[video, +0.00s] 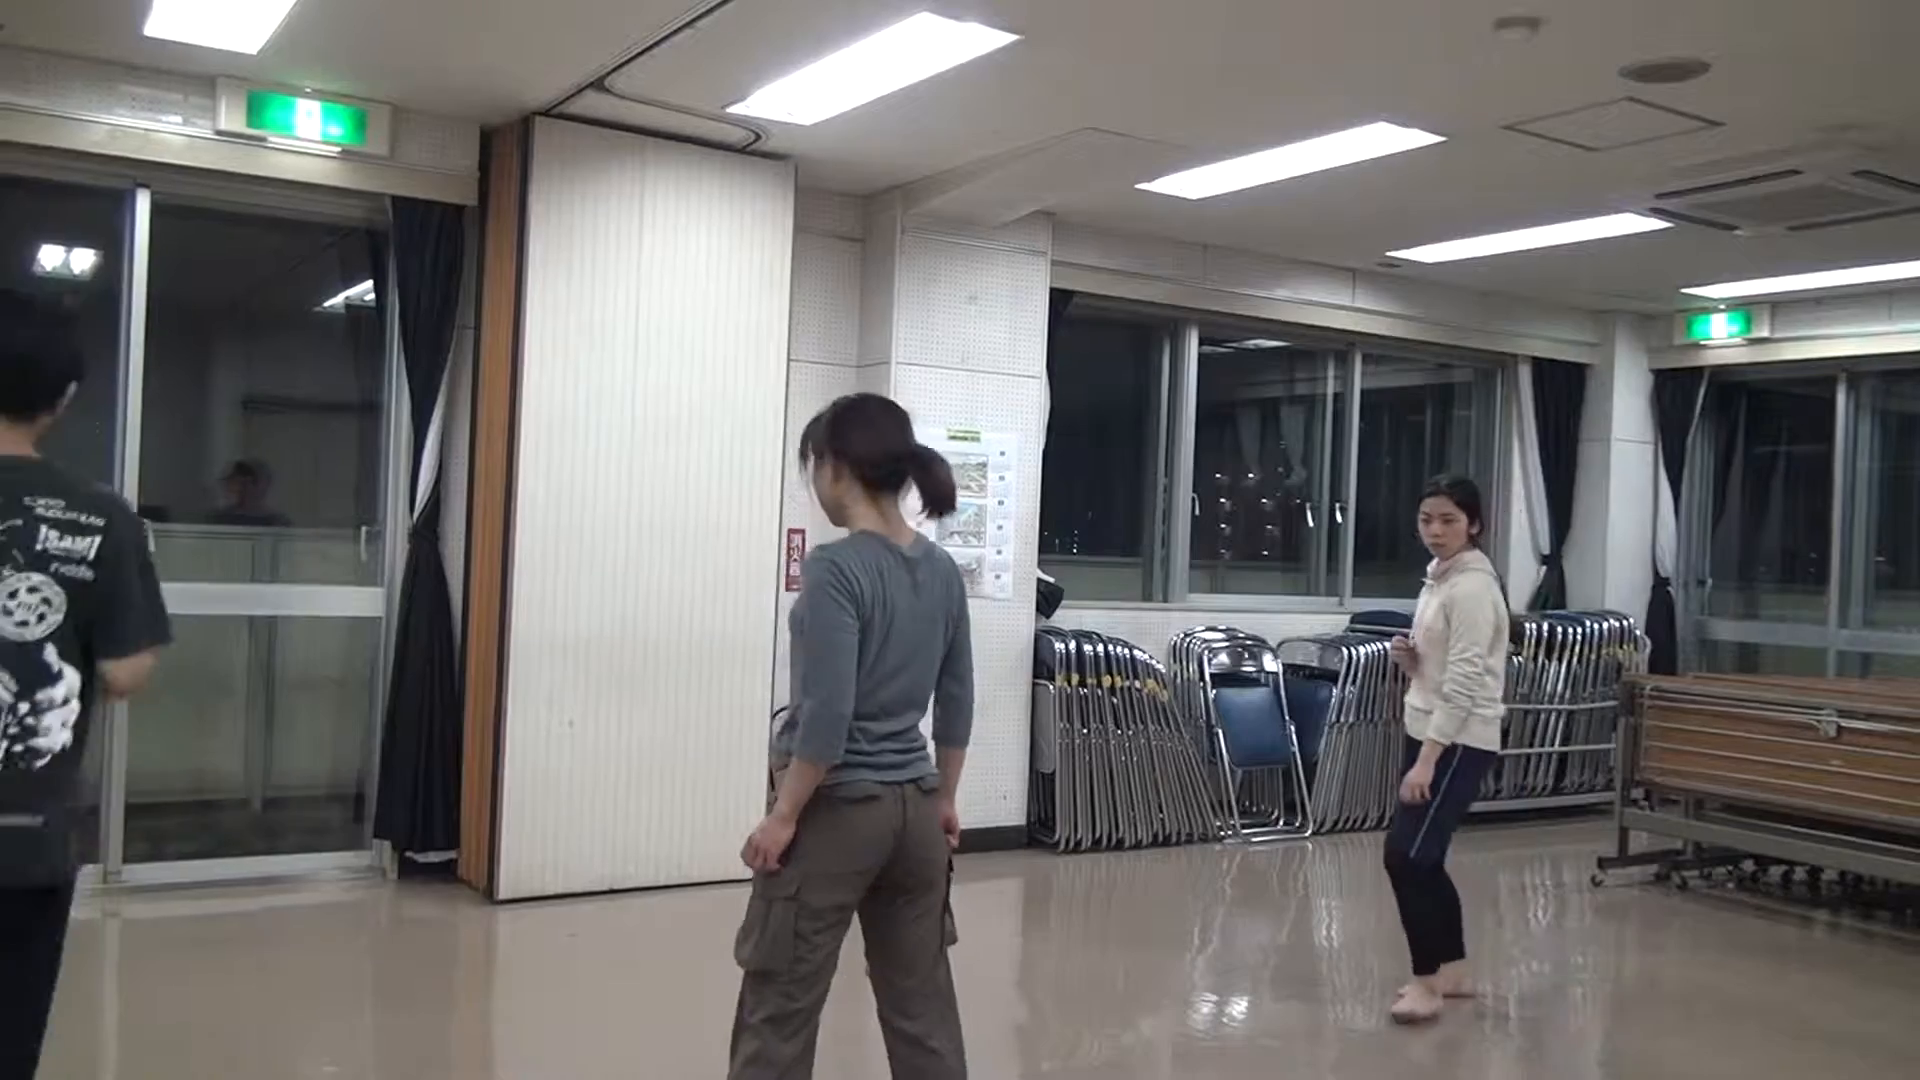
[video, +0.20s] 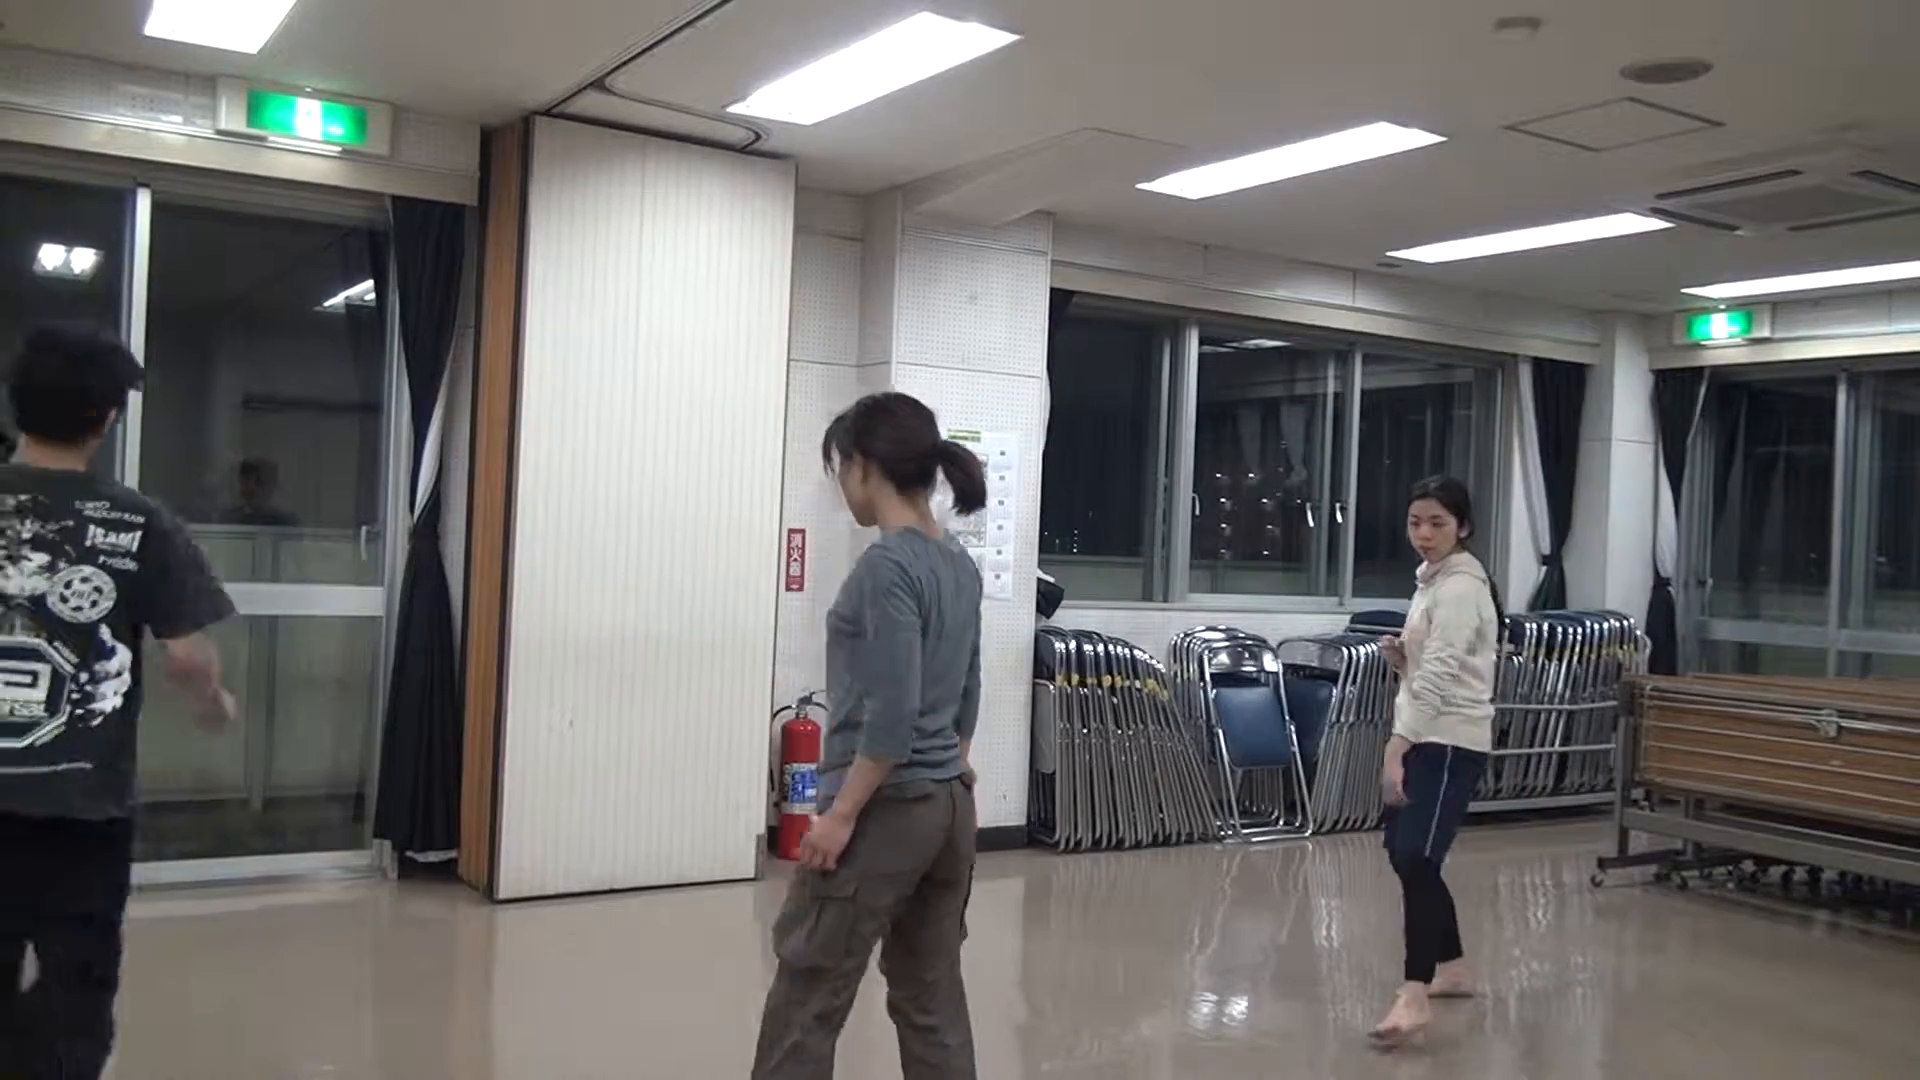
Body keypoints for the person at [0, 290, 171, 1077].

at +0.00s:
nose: (58, 398)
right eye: (64, 386)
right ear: (62, 398)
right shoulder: (99, 519)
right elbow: (128, 669)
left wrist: (66, 657)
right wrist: (59, 656)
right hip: (29, 836)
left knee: (16, 1047)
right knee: (14, 1051)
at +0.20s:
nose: (116, 411)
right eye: (115, 403)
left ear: (18, 404)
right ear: (107, 416)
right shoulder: (137, 524)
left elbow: (187, 654)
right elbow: (189, 656)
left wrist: (205, 697)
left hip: (6, 792)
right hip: (81, 802)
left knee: (7, 981)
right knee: (78, 992)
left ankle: (28, 1060)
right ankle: (65, 1065)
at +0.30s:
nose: (127, 426)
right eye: (130, 416)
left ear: (44, 420)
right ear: (129, 428)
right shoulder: (154, 533)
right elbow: (199, 661)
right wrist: (250, 765)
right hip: (104, 806)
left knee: (16, 984)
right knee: (138, 977)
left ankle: (12, 1065)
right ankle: (92, 1070)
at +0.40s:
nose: (180, 401)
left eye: (179, 388)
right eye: (178, 389)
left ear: (85, 394)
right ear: (160, 400)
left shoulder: (36, 478)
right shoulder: (173, 491)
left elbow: (9, 576)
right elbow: (180, 598)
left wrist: (59, 564)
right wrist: (207, 707)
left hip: (41, 733)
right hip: (141, 737)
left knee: (38, 906)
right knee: (170, 903)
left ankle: (11, 1057)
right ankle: (135, 1063)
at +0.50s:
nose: (218, 397)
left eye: (212, 385)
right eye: (208, 388)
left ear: (129, 400)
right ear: (183, 404)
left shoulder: (83, 466)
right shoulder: (197, 477)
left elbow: (68, 563)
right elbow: (174, 566)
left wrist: (122, 592)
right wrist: (185, 666)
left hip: (83, 695)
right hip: (176, 700)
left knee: (60, 867)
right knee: (189, 861)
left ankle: (7, 1028)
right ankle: (157, 1009)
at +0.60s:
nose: (244, 438)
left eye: (238, 425)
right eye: (234, 429)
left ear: (161, 448)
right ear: (209, 449)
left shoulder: (124, 512)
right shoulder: (222, 521)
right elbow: (203, 600)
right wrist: (213, 691)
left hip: (115, 730)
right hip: (201, 738)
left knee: (101, 867)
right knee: (207, 897)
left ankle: (23, 969)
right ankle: (156, 1006)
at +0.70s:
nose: (263, 462)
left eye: (257, 450)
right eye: (252, 454)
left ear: (193, 472)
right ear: (222, 473)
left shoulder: (156, 536)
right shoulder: (230, 549)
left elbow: (176, 608)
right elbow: (232, 646)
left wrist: (255, 591)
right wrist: (278, 741)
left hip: (157, 744)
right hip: (220, 751)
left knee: (154, 870)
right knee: (228, 886)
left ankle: (84, 949)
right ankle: (156, 999)